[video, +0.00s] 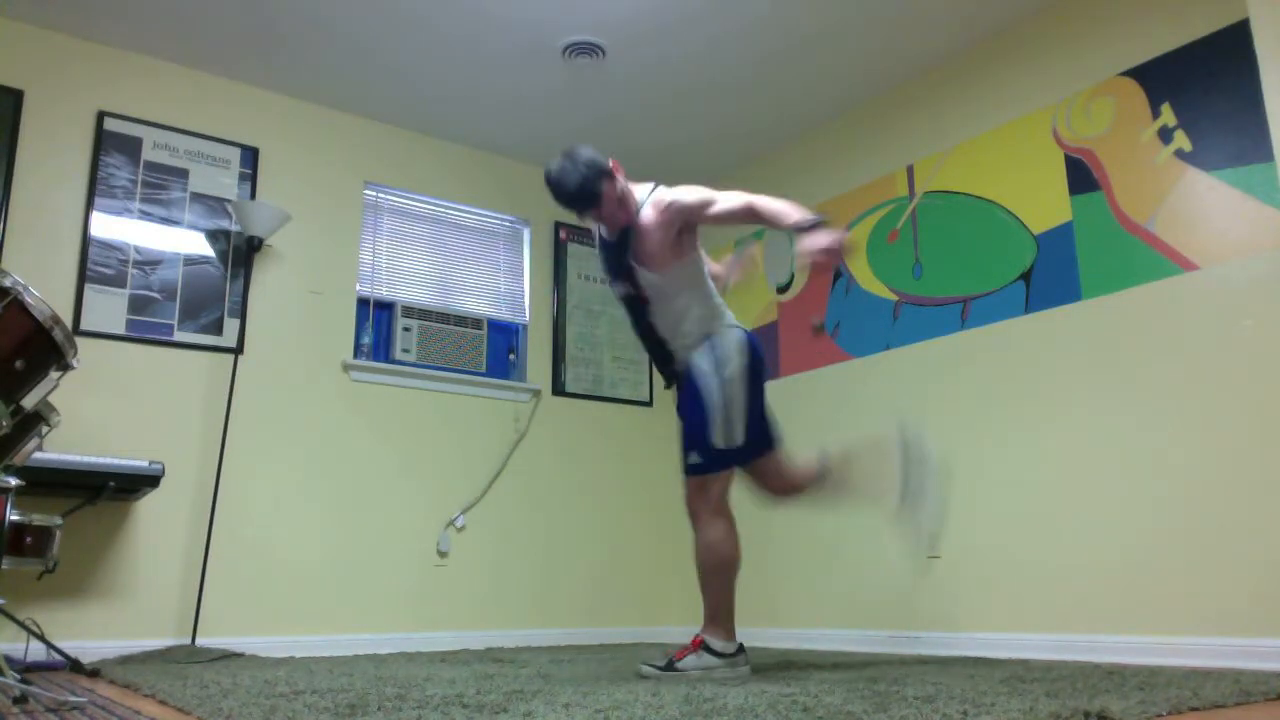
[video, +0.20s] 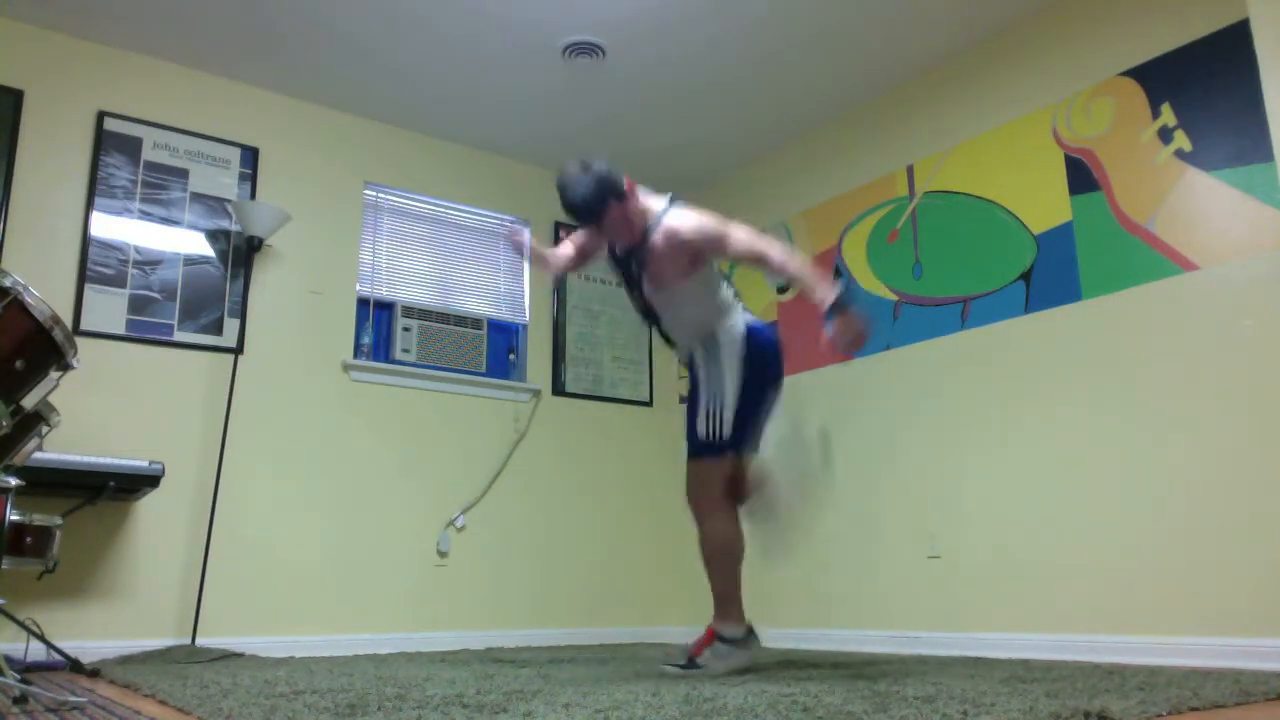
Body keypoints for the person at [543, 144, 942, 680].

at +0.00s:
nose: (605, 218)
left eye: (604, 203)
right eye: (593, 214)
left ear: (615, 175)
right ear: (583, 209)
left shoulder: (666, 206)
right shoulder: (619, 230)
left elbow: (750, 205)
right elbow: (670, 263)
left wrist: (808, 226)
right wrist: (722, 271)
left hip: (715, 357)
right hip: (705, 357)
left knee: (707, 504)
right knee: (781, 480)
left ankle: (719, 641)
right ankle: (893, 460)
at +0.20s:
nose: (616, 231)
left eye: (616, 218)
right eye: (603, 226)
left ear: (629, 192)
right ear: (591, 222)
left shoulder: (677, 227)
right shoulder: (604, 233)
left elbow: (768, 251)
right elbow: (561, 262)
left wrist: (833, 302)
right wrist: (532, 249)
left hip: (733, 351)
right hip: (708, 355)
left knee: (706, 493)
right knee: (730, 485)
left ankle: (732, 633)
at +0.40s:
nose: (612, 273)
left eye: (613, 258)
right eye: (598, 270)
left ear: (625, 228)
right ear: (582, 267)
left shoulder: (674, 259)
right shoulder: (615, 267)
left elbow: (758, 274)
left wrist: (807, 316)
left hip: (735, 380)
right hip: (697, 392)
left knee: (707, 512)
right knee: (703, 518)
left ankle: (737, 640)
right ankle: (824, 572)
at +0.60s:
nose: (606, 204)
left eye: (608, 190)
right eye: (594, 201)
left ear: (622, 161)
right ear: (581, 195)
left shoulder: (671, 204)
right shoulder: (621, 181)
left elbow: (760, 227)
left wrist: (832, 275)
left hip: (705, 334)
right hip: (711, 329)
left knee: (653, 470)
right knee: (725, 472)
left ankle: (690, 610)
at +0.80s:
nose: (606, 230)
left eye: (608, 215)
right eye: (592, 224)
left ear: (622, 186)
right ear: (580, 219)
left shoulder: (669, 223)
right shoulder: (619, 202)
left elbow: (734, 266)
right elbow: (574, 234)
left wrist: (719, 325)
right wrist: (560, 251)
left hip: (717, 361)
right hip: (691, 366)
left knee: (659, 498)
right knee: (660, 501)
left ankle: (699, 646)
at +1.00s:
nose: (611, 205)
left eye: (615, 190)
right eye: (597, 199)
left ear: (633, 161)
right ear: (583, 189)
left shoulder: (679, 218)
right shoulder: (630, 194)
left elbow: (737, 284)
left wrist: (739, 367)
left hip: (697, 357)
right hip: (670, 359)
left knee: (652, 501)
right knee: (655, 505)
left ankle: (697, 645)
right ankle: (748, 616)